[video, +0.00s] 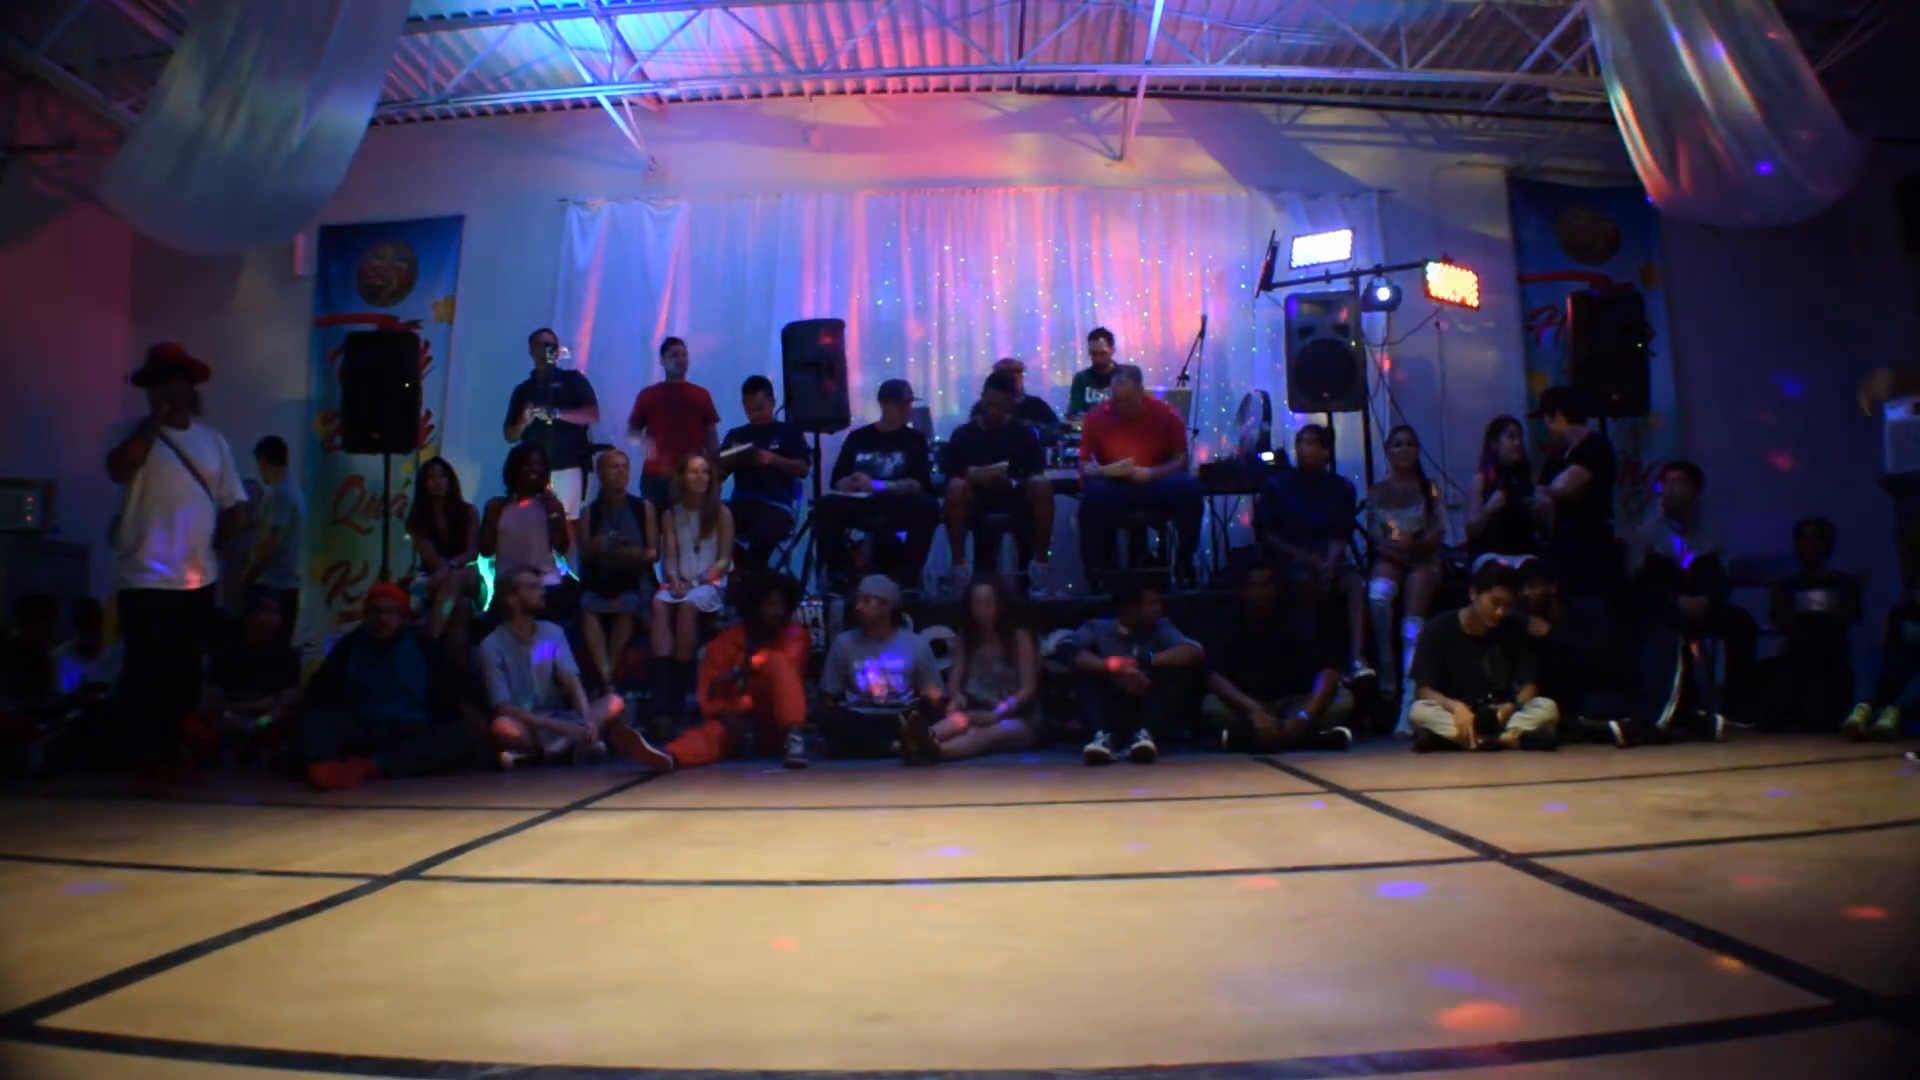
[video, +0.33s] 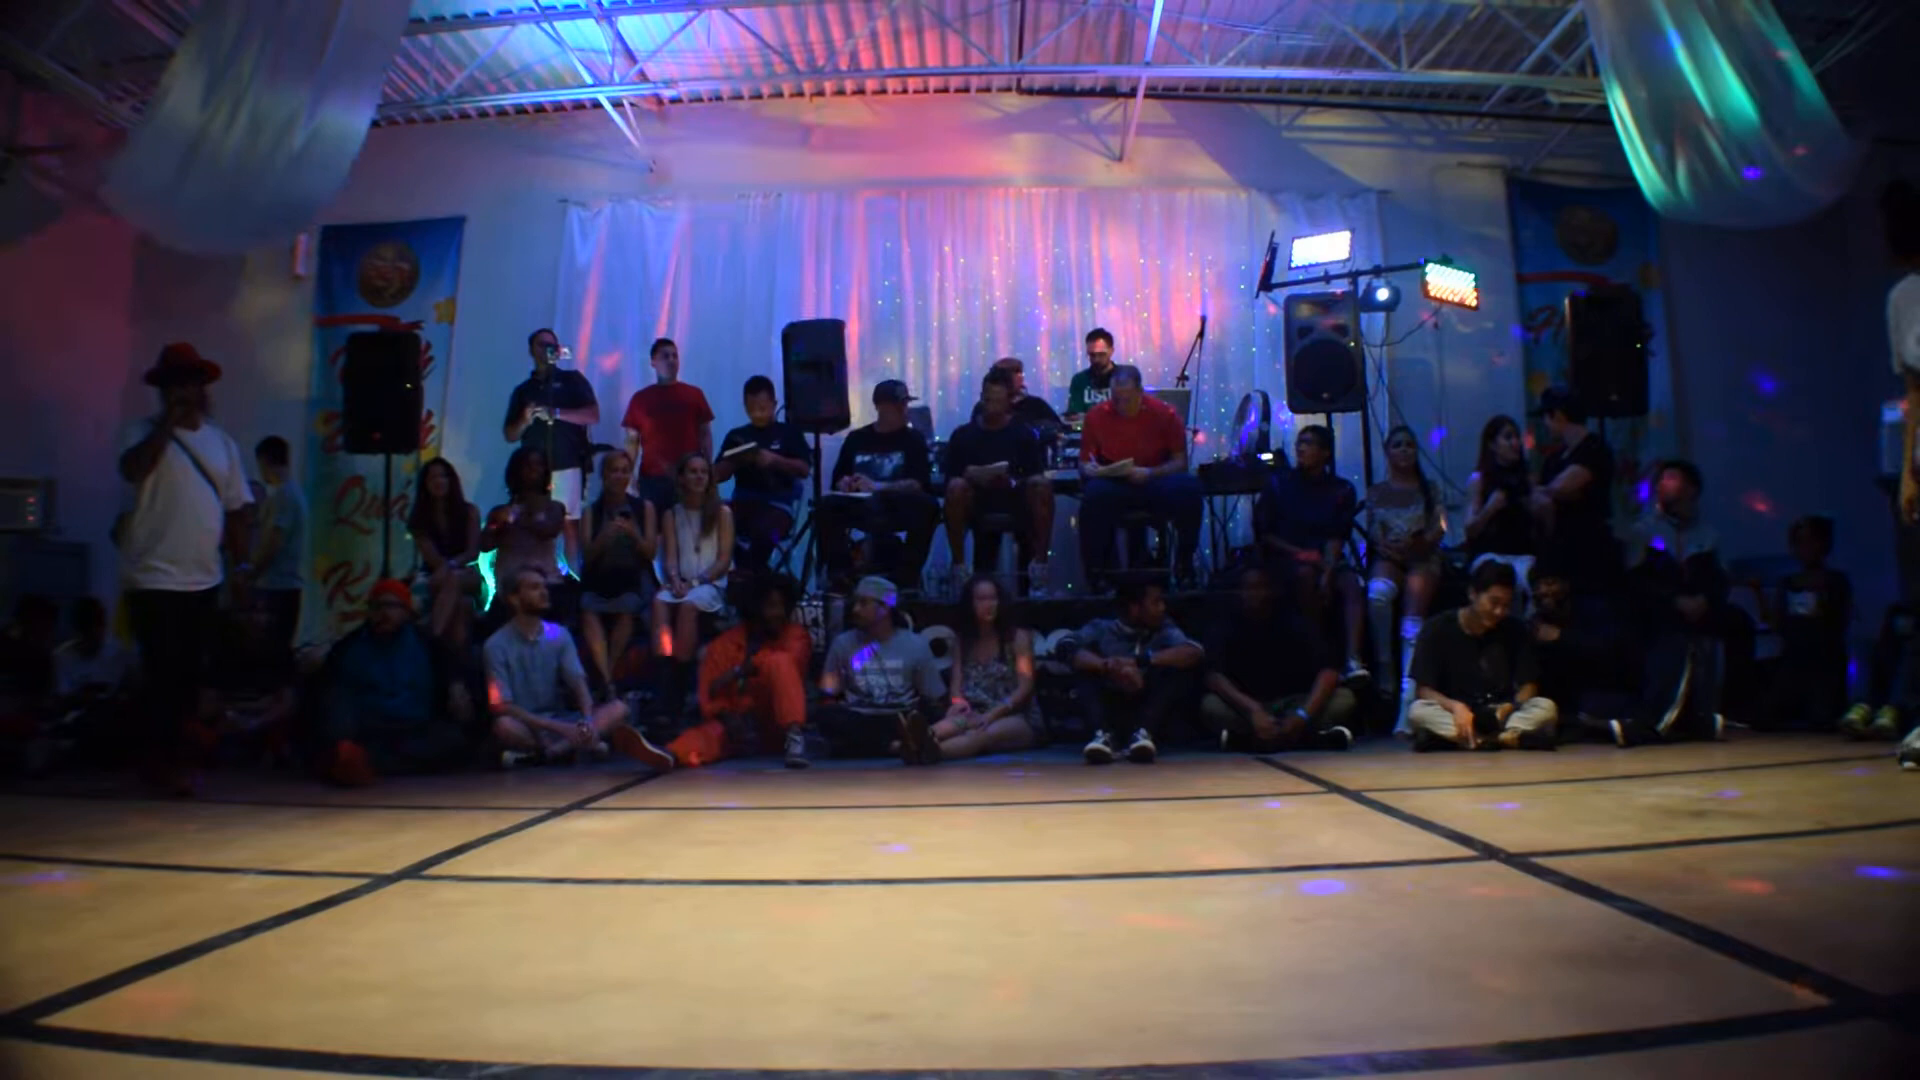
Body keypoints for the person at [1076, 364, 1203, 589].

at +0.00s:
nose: (1122, 405)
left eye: (1128, 399)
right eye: (1118, 399)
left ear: (1141, 392)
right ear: (1111, 394)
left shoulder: (1166, 415)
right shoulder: (1096, 418)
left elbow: (1180, 461)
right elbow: (1086, 464)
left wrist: (1151, 473)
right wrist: (1108, 471)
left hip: (1155, 484)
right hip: (1115, 484)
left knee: (1190, 490)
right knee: (1094, 495)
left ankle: (1185, 566)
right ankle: (1097, 574)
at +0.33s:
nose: (1120, 404)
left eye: (1126, 398)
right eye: (1116, 398)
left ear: (1139, 392)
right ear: (1111, 392)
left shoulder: (1165, 415)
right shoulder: (1096, 416)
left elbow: (1180, 462)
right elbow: (1086, 460)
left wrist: (1150, 473)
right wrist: (1097, 470)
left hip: (1153, 482)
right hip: (1114, 482)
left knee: (1189, 493)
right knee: (1094, 497)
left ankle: (1184, 567)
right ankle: (1097, 574)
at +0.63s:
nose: (1122, 407)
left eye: (1128, 401)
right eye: (1118, 401)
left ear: (1140, 393)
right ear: (1111, 395)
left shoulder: (1166, 415)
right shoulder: (1096, 417)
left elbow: (1178, 465)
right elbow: (1086, 465)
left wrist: (1150, 473)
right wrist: (1110, 471)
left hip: (1154, 486)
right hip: (1115, 487)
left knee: (1190, 490)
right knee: (1095, 494)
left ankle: (1184, 569)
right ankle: (1098, 576)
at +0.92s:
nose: (1122, 405)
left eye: (1127, 399)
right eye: (1117, 399)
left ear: (1140, 392)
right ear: (1110, 394)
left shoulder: (1165, 414)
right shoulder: (1097, 416)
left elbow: (1180, 463)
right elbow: (1086, 464)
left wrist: (1150, 473)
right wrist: (1108, 471)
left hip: (1153, 483)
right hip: (1115, 483)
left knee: (1189, 491)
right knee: (1095, 494)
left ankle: (1184, 569)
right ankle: (1097, 574)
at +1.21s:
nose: (1114, 399)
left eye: (1119, 393)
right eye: (1110, 393)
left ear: (1137, 388)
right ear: (1107, 390)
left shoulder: (1165, 415)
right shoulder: (1097, 417)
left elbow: (1179, 463)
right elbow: (1085, 461)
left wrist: (1148, 472)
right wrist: (1099, 469)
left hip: (1153, 484)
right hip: (1115, 483)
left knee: (1189, 490)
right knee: (1093, 493)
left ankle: (1184, 569)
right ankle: (1097, 574)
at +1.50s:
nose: (1105, 392)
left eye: (1110, 385)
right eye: (1103, 386)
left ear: (1130, 382)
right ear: (1101, 387)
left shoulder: (1162, 413)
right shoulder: (1096, 417)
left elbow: (1178, 461)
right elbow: (1086, 464)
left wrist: (1152, 470)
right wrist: (1111, 466)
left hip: (1151, 482)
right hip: (1112, 483)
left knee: (1188, 489)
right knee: (1088, 496)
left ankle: (1184, 566)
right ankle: (1097, 572)